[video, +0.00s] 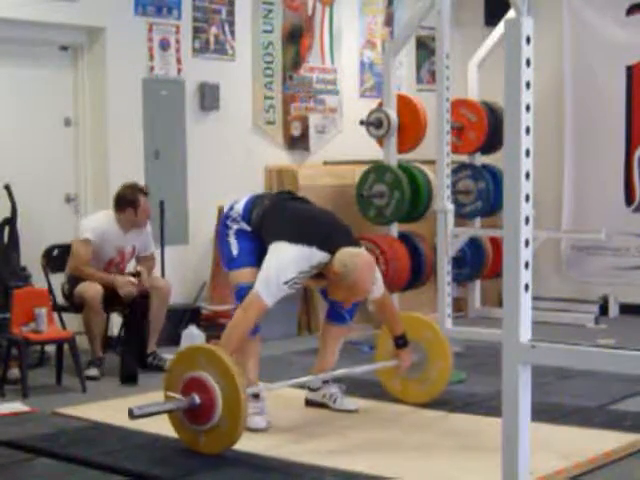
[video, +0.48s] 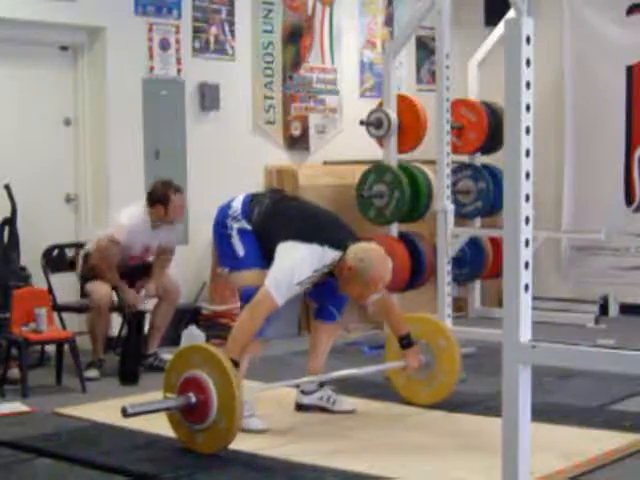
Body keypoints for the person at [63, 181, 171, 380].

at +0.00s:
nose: (149, 214)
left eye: (148, 208)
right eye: (145, 208)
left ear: (131, 211)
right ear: (129, 211)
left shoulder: (143, 227)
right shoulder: (93, 226)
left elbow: (147, 259)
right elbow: (76, 267)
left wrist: (142, 275)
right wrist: (115, 281)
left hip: (121, 279)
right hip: (87, 279)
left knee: (161, 287)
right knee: (93, 292)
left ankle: (150, 352)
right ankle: (96, 358)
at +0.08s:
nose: (153, 219)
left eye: (152, 213)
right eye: (149, 214)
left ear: (135, 218)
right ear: (134, 218)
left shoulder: (146, 233)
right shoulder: (102, 229)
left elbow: (149, 261)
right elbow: (75, 268)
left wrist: (144, 273)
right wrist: (113, 282)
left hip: (122, 279)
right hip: (89, 280)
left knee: (163, 288)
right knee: (92, 293)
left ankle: (150, 351)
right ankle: (96, 358)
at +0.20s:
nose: (160, 230)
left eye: (160, 225)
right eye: (156, 226)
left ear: (142, 227)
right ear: (140, 227)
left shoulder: (154, 239)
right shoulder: (106, 235)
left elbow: (152, 263)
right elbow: (76, 267)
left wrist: (146, 275)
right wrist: (114, 284)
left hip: (124, 280)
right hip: (91, 280)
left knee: (166, 289)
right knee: (94, 295)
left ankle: (150, 352)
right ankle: (96, 358)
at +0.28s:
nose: (167, 234)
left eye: (166, 229)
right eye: (163, 230)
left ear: (150, 233)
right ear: (149, 233)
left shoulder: (162, 247)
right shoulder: (115, 241)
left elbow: (158, 264)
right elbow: (85, 271)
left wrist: (147, 280)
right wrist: (120, 286)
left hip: (130, 280)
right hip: (98, 279)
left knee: (168, 292)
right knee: (97, 297)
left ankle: (150, 352)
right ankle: (97, 358)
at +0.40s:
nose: (173, 231)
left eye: (173, 226)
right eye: (170, 226)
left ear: (156, 227)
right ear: (154, 227)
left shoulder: (165, 242)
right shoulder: (120, 239)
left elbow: (162, 262)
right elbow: (86, 266)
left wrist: (150, 278)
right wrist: (120, 287)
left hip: (134, 276)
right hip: (100, 277)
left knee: (169, 291)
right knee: (99, 297)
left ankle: (151, 352)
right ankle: (97, 359)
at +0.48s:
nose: (181, 211)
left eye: (181, 206)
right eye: (177, 206)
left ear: (161, 209)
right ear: (159, 209)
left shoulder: (171, 226)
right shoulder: (128, 223)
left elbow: (164, 256)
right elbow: (103, 262)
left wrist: (153, 281)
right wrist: (124, 291)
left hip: (138, 266)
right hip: (107, 266)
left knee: (171, 290)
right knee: (101, 297)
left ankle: (150, 352)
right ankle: (97, 359)